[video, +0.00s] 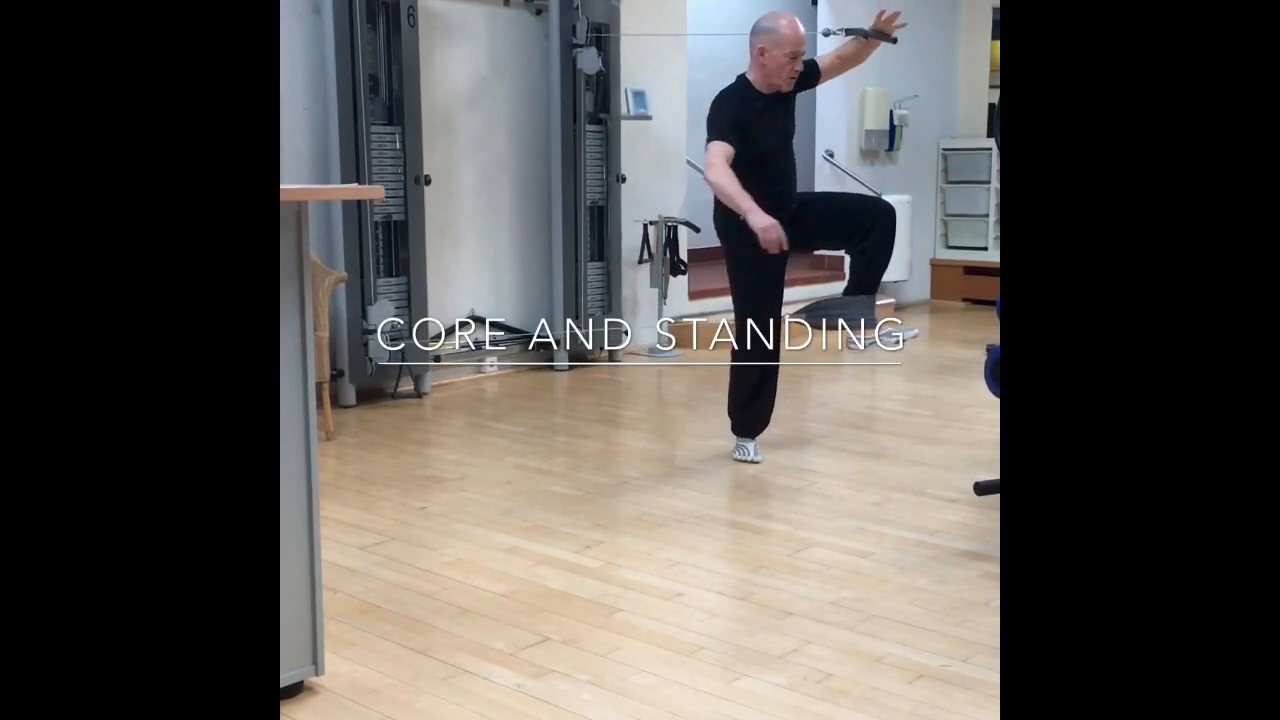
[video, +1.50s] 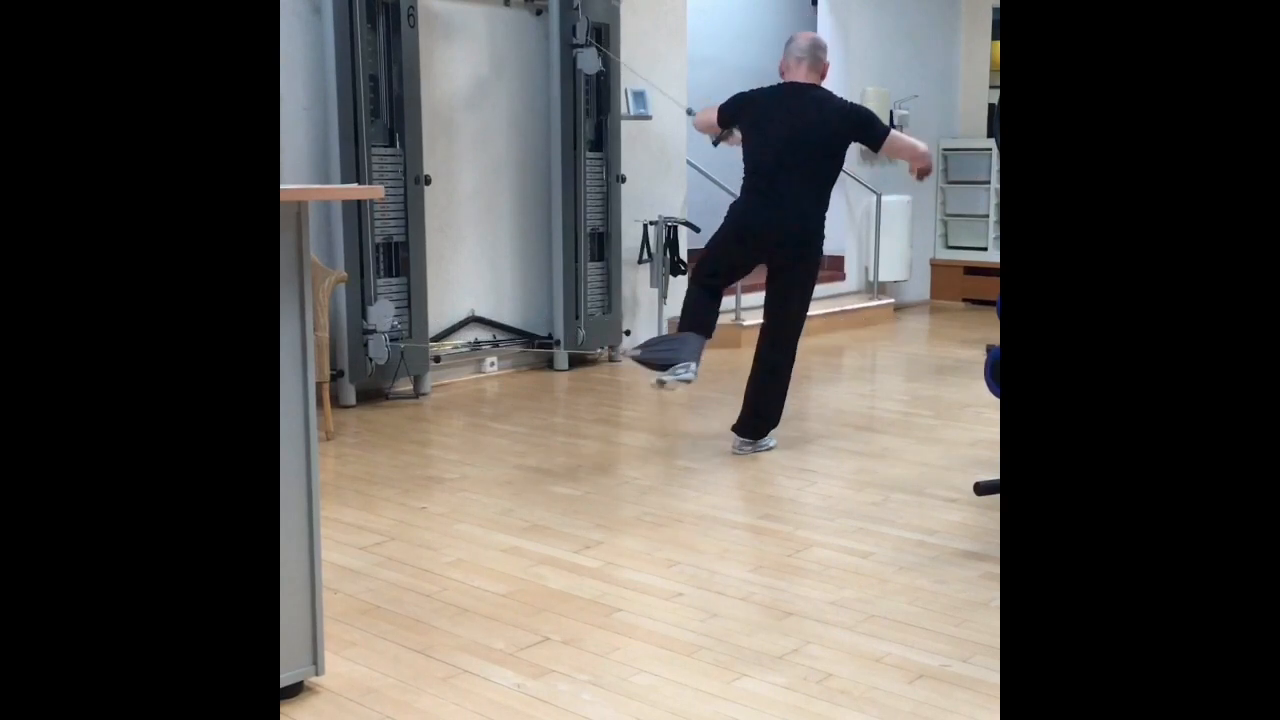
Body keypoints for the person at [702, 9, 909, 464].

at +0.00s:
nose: (802, 65)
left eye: (803, 56)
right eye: (794, 57)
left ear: (771, 55)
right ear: (761, 54)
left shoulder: (788, 82)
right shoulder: (731, 104)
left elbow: (839, 61)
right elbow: (715, 170)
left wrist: (875, 36)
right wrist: (755, 215)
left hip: (791, 213)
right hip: (748, 227)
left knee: (877, 216)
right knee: (758, 328)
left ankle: (856, 314)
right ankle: (745, 433)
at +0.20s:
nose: (810, 63)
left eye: (810, 56)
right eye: (804, 56)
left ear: (779, 53)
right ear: (774, 53)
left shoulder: (774, 84)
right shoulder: (746, 104)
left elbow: (814, 62)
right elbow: (755, 169)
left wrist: (852, 40)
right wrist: (805, 214)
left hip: (787, 211)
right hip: (751, 225)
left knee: (876, 217)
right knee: (762, 329)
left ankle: (845, 306)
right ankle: (746, 434)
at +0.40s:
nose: (816, 65)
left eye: (818, 57)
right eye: (813, 56)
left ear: (785, 50)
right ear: (788, 50)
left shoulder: (757, 81)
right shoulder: (760, 98)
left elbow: (796, 54)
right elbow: (802, 160)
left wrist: (825, 38)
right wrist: (866, 197)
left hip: (786, 214)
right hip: (757, 227)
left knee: (867, 221)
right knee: (766, 330)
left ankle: (829, 310)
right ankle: (747, 435)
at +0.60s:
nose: (819, 61)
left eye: (821, 51)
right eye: (818, 52)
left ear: (781, 48)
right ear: (798, 49)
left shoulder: (745, 79)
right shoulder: (780, 100)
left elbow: (773, 59)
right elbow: (836, 149)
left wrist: (813, 36)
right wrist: (911, 175)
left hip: (776, 212)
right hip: (764, 228)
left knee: (856, 224)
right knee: (771, 332)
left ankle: (813, 311)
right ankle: (747, 435)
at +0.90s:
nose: (834, 60)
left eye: (833, 52)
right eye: (835, 52)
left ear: (790, 48)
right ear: (828, 52)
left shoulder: (752, 86)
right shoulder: (822, 103)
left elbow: (725, 88)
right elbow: (893, 143)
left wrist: (773, 64)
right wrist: (968, 142)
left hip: (733, 220)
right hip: (774, 230)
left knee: (806, 232)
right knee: (775, 331)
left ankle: (763, 318)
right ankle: (747, 431)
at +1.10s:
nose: (817, 56)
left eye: (799, 47)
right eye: (832, 51)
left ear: (792, 50)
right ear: (834, 55)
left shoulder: (755, 87)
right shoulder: (845, 104)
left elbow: (709, 95)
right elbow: (922, 133)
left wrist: (750, 75)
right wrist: (957, 118)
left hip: (738, 217)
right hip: (789, 232)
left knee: (749, 246)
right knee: (777, 330)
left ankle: (727, 318)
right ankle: (749, 432)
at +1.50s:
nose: (784, 69)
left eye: (784, 63)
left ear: (784, 66)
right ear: (826, 70)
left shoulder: (755, 101)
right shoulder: (845, 112)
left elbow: (703, 121)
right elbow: (915, 150)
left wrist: (736, 135)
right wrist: (922, 162)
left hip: (748, 225)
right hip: (802, 238)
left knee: (707, 278)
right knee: (780, 337)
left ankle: (688, 351)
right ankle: (752, 433)